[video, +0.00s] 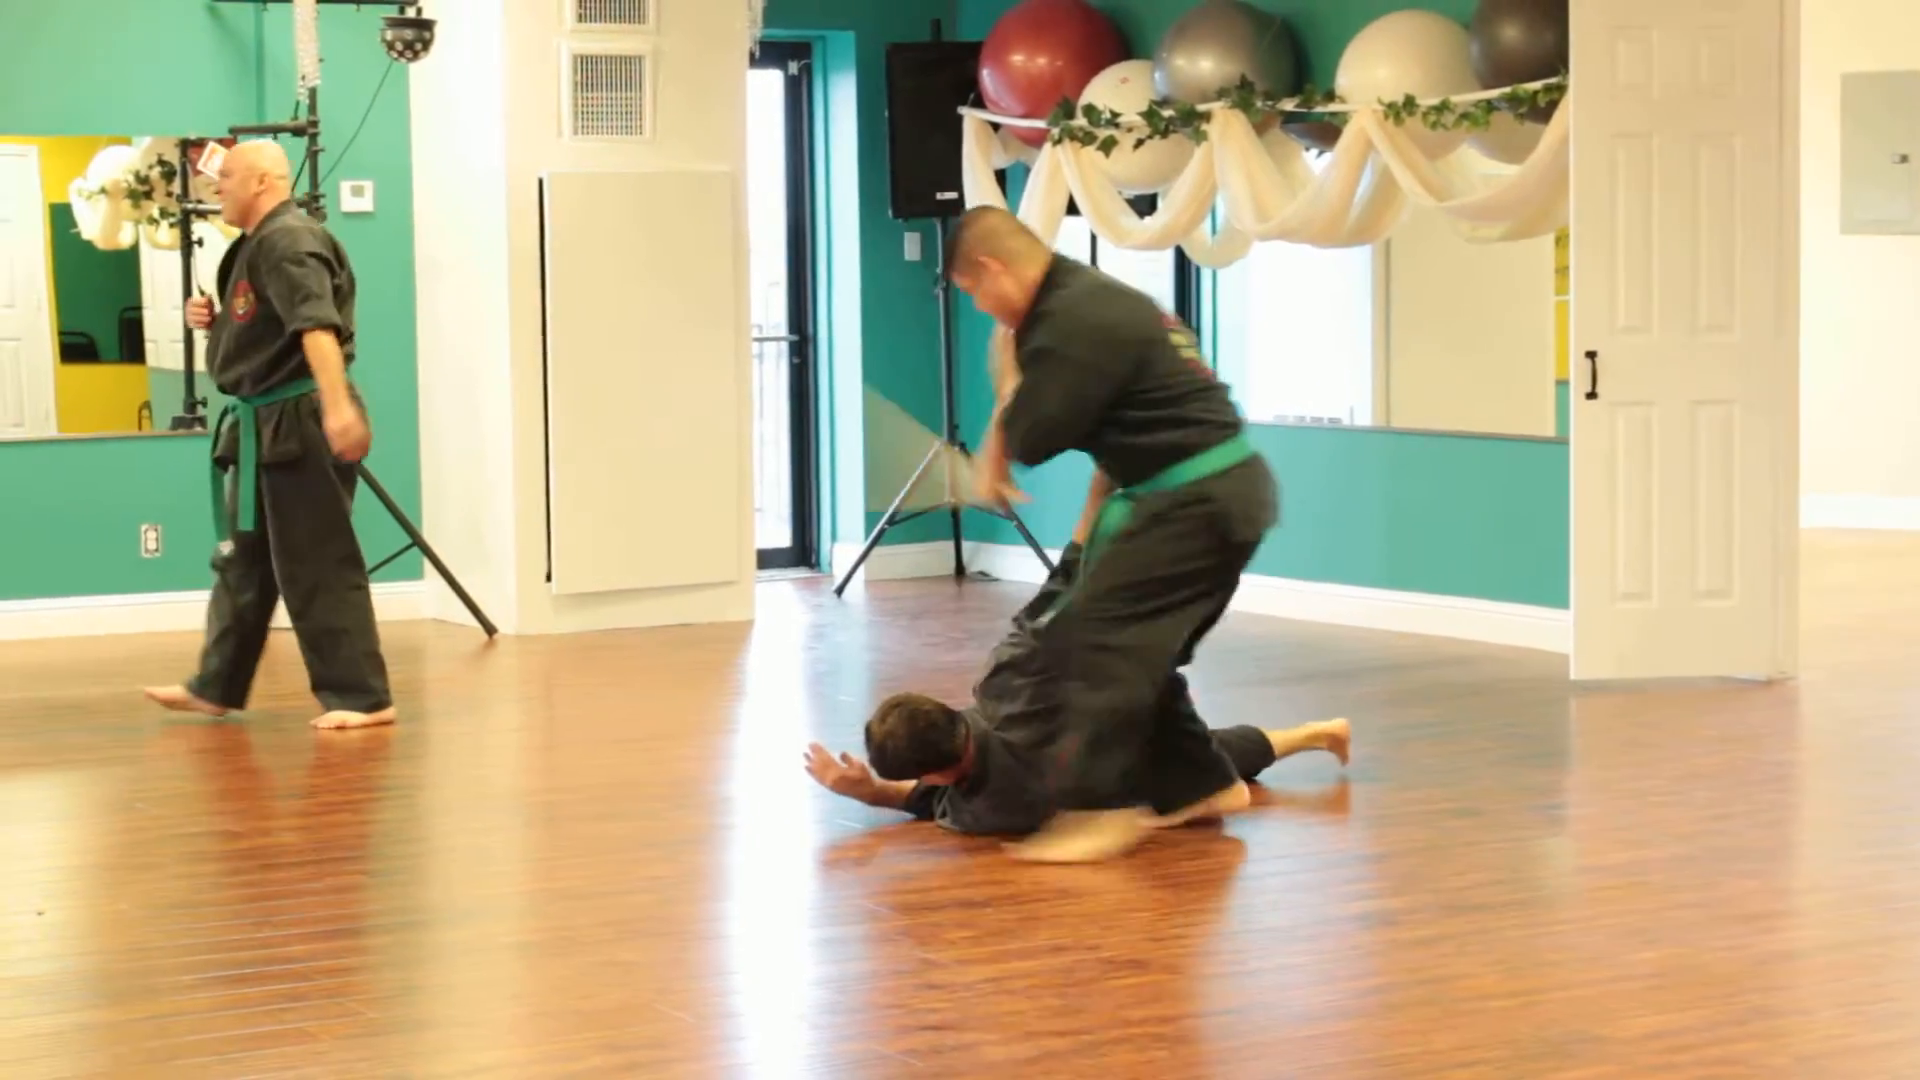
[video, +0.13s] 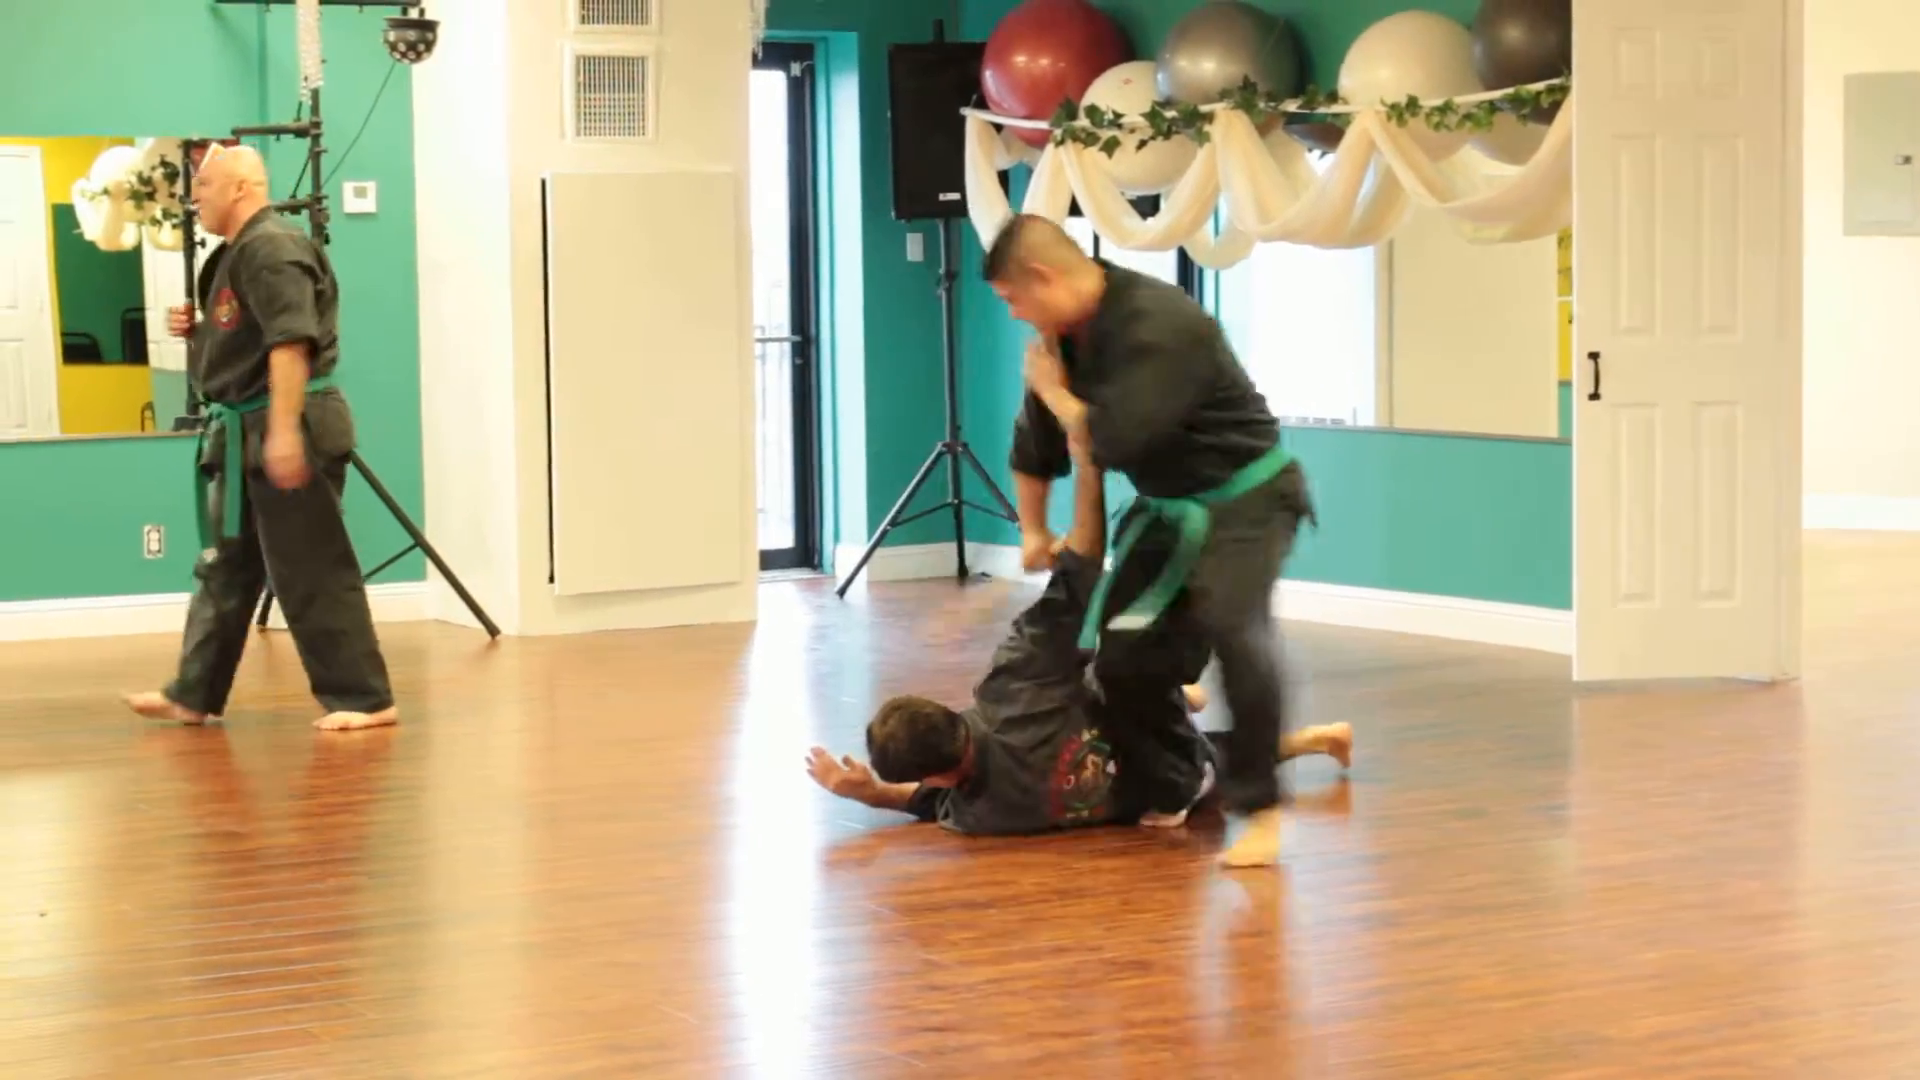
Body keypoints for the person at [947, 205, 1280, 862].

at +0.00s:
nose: (979, 306)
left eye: (973, 289)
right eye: (971, 294)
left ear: (997, 267)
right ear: (1015, 255)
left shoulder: (1075, 320)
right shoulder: (1084, 298)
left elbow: (1027, 441)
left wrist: (1006, 380)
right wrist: (993, 453)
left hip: (1198, 495)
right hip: (1221, 486)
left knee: (1093, 634)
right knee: (1130, 639)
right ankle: (1200, 781)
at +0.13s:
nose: (1015, 313)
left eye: (1015, 298)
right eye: (1009, 301)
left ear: (1049, 273)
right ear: (1046, 274)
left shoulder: (1159, 319)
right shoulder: (1068, 334)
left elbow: (1119, 441)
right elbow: (1036, 432)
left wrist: (1053, 393)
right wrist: (1033, 529)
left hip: (1250, 493)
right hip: (1169, 507)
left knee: (1231, 622)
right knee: (1124, 659)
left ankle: (1256, 805)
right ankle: (1173, 786)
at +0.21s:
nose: (1053, 331)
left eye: (1056, 316)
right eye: (1046, 318)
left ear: (1097, 292)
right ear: (1088, 292)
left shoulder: (1207, 335)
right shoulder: (1086, 350)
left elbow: (1193, 454)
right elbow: (1032, 450)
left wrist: (1097, 424)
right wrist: (1041, 548)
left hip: (1271, 499)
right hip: (1179, 513)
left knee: (1293, 628)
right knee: (1153, 663)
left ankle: (1313, 803)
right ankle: (1169, 795)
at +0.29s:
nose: (1103, 340)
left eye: (1110, 323)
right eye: (1097, 326)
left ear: (1154, 300)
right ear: (1126, 305)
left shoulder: (1249, 343)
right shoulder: (1111, 363)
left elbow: (1266, 462)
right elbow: (1042, 455)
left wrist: (1155, 440)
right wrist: (1048, 551)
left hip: (1287, 511)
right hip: (1191, 523)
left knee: (1326, 625)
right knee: (1178, 678)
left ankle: (1386, 801)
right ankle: (1169, 798)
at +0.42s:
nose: (1212, 331)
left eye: (1225, 314)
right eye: (1198, 318)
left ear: (1259, 294)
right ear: (1183, 310)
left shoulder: (1318, 341)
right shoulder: (1168, 363)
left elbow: (1357, 458)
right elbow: (1076, 458)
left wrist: (1255, 449)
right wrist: (1102, 556)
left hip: (1326, 528)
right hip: (1223, 537)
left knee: (1388, 654)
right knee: (1206, 693)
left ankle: (1449, 819)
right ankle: (1175, 793)